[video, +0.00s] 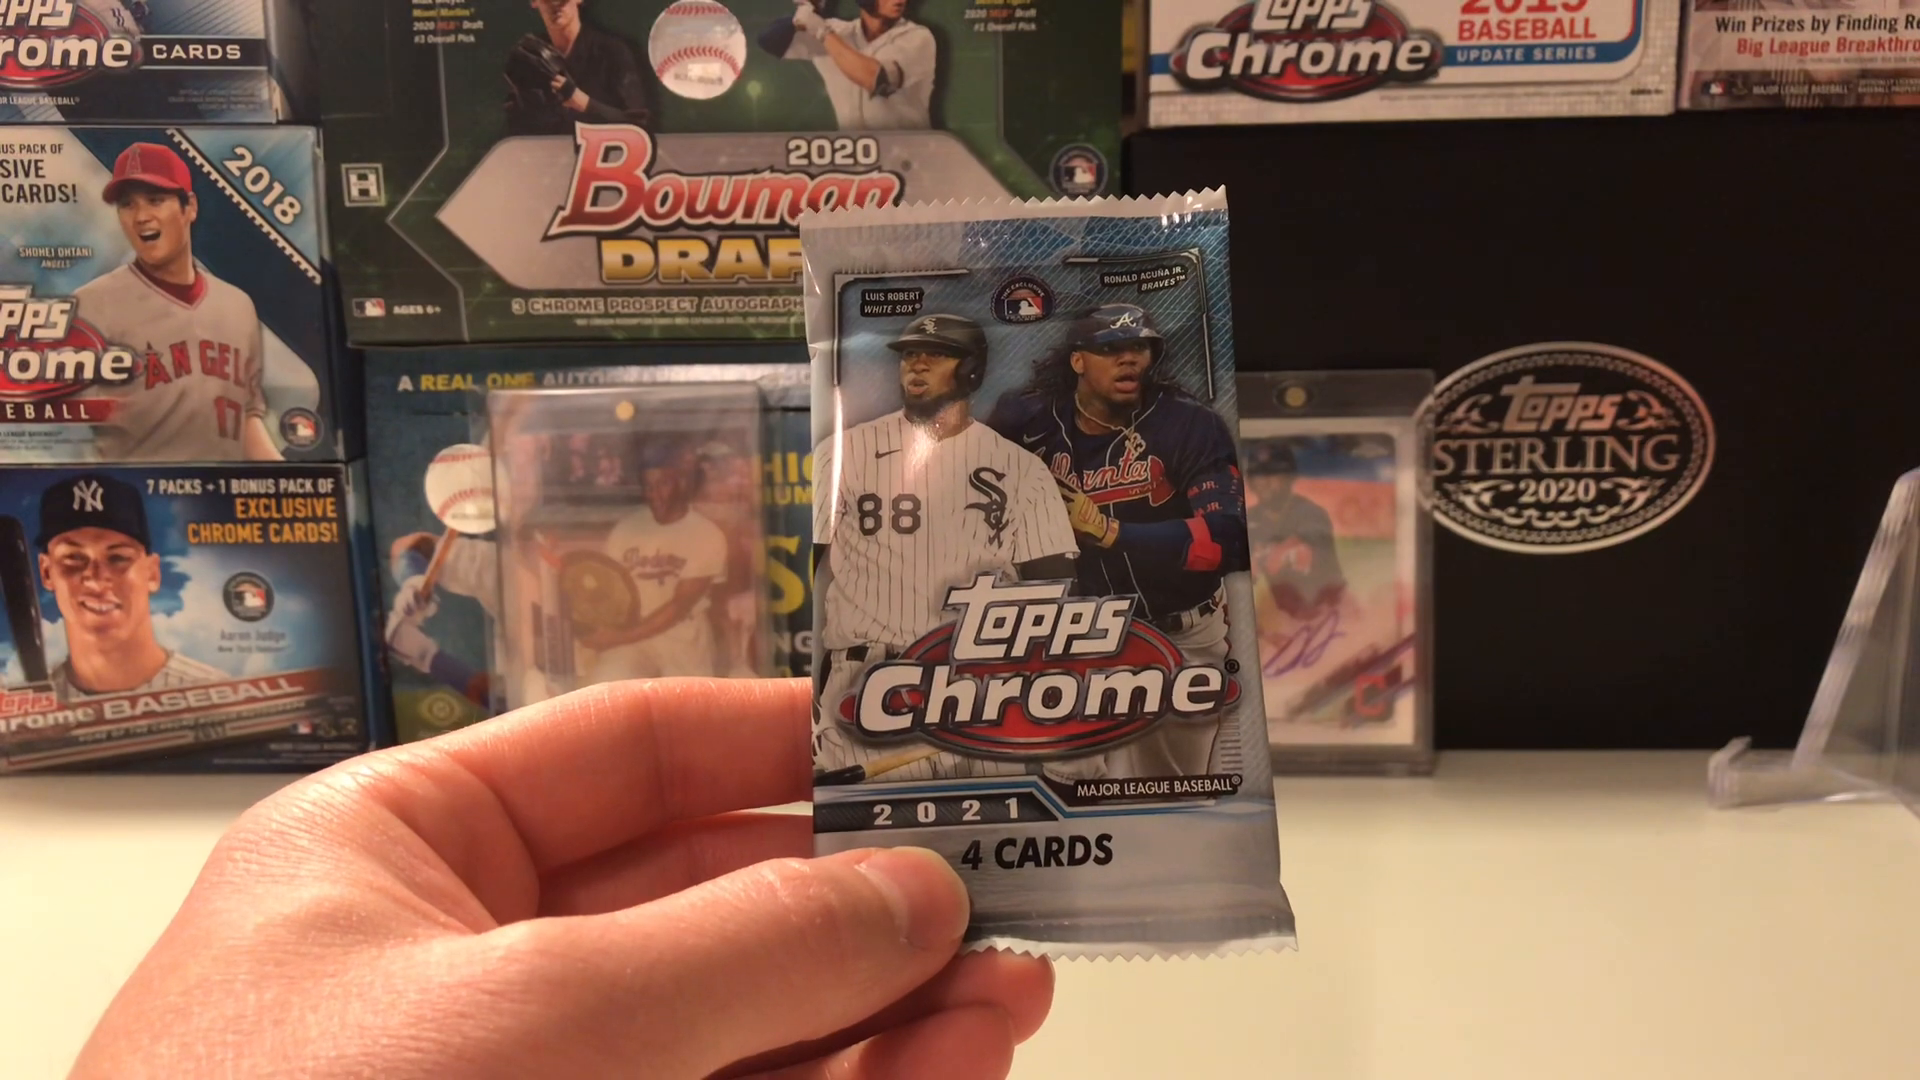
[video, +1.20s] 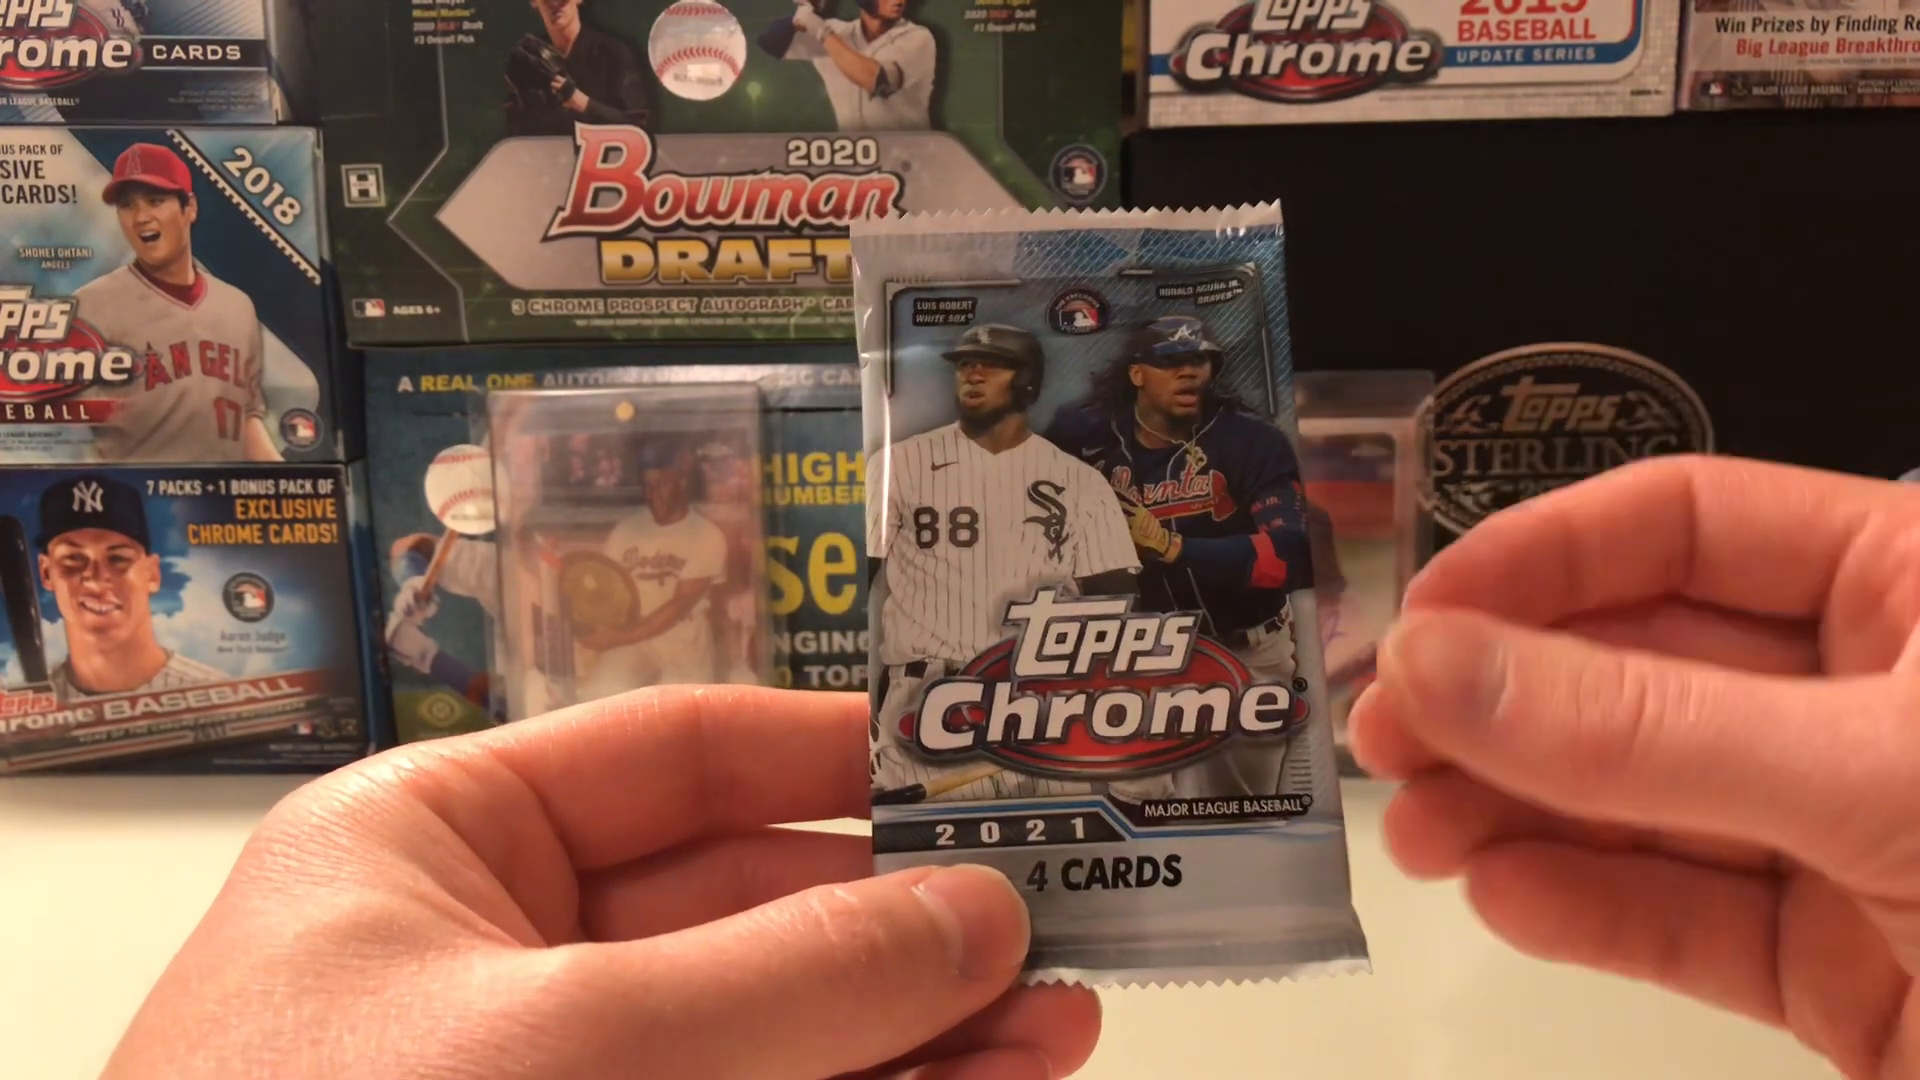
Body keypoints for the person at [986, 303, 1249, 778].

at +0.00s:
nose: (1131, 359)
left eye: (1139, 347)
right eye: (1113, 349)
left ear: (1153, 356)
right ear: (1078, 361)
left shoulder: (1191, 427)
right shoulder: (1024, 421)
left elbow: (1224, 539)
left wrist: (1112, 532)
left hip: (1182, 632)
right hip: (1072, 635)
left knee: (1176, 799)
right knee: (1075, 795)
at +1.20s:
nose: (1191, 372)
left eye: (1199, 360)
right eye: (1172, 361)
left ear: (1212, 369)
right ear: (1137, 374)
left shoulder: (1253, 443)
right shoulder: (1086, 437)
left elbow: (1287, 557)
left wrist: (1172, 546)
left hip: (1249, 648)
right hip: (1136, 651)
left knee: (1247, 814)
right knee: (1139, 812)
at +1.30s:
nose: (1199, 369)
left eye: (1208, 356)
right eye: (1181, 357)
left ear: (1221, 364)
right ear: (1145, 370)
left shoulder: (1261, 439)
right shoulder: (1094, 435)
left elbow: (1298, 552)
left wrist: (1182, 545)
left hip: (1258, 645)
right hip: (1145, 652)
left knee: (1264, 812)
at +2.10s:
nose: (1245, 381)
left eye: (1254, 368)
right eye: (1227, 369)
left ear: (1267, 376)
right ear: (1189, 379)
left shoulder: (1308, 455)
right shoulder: (1136, 441)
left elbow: (1339, 575)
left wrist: (1223, 559)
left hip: (1300, 669)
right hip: (1186, 671)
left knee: (1296, 840)